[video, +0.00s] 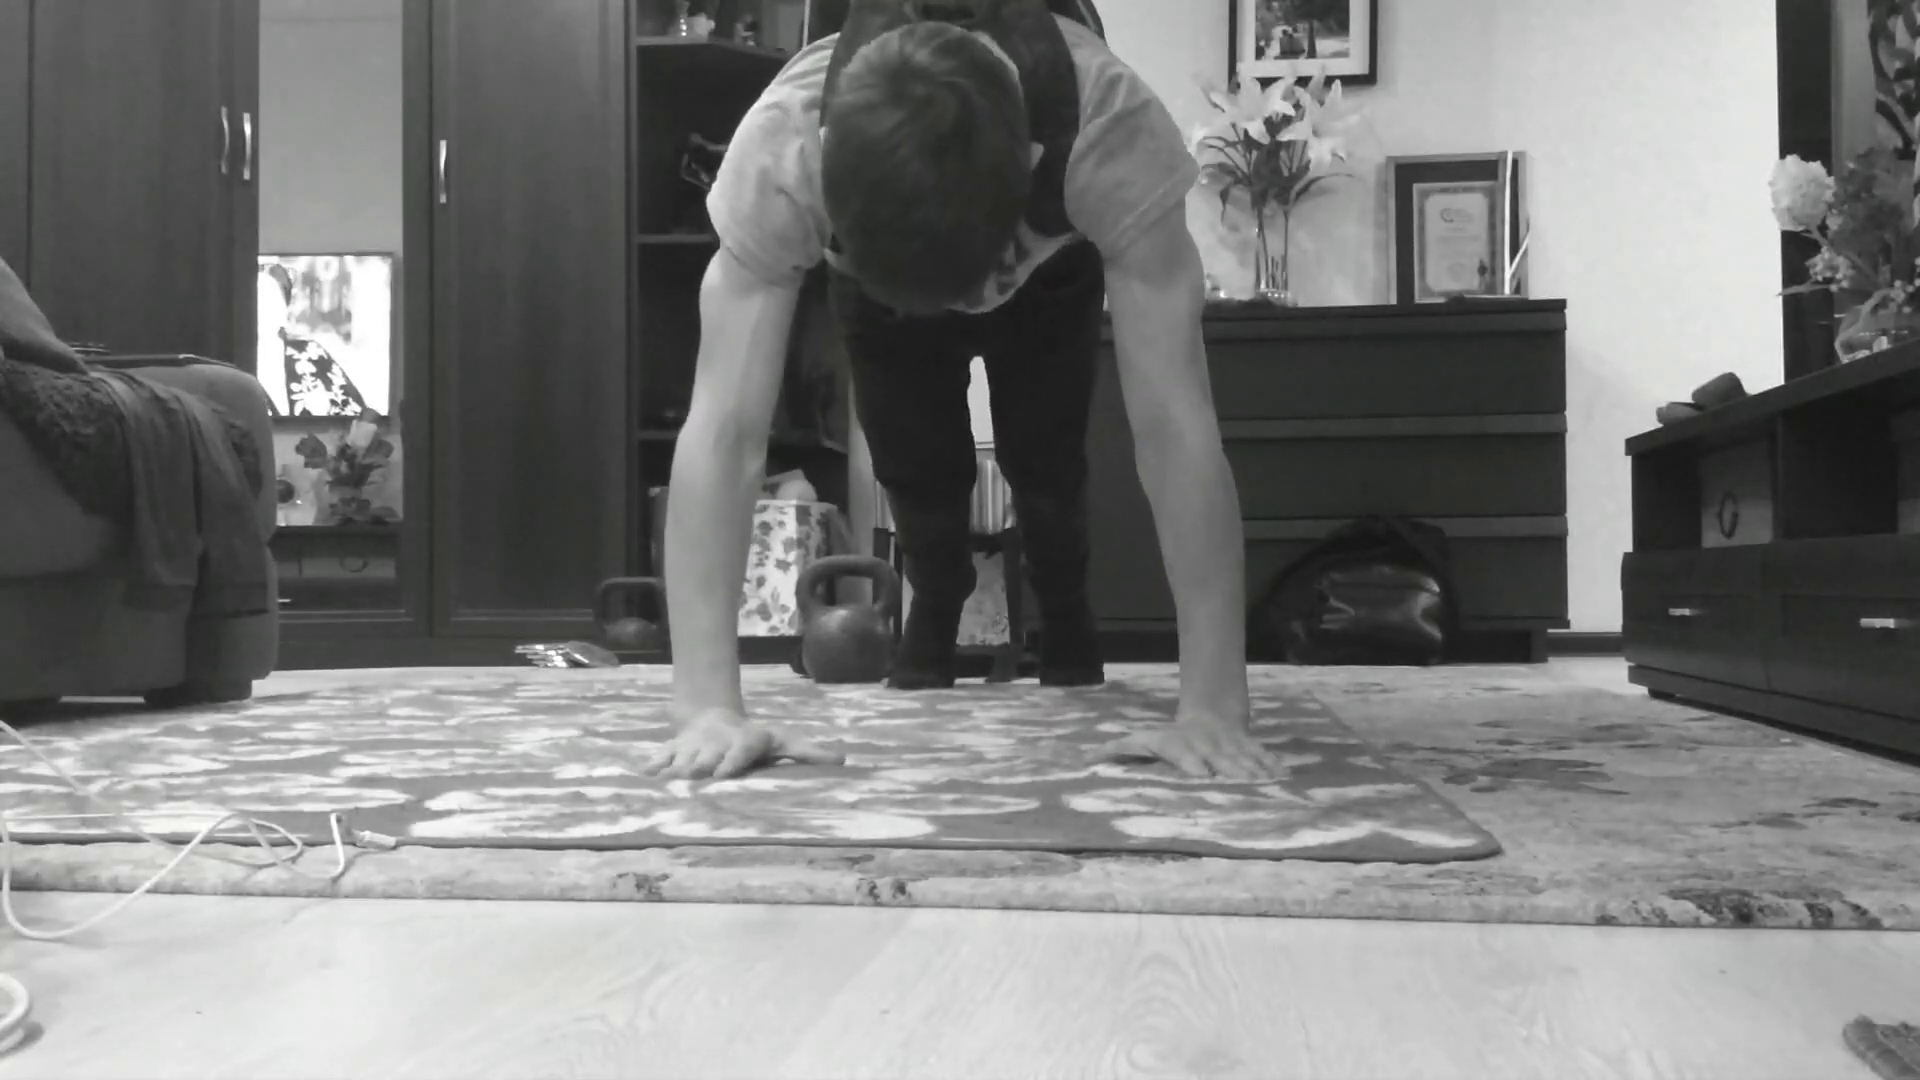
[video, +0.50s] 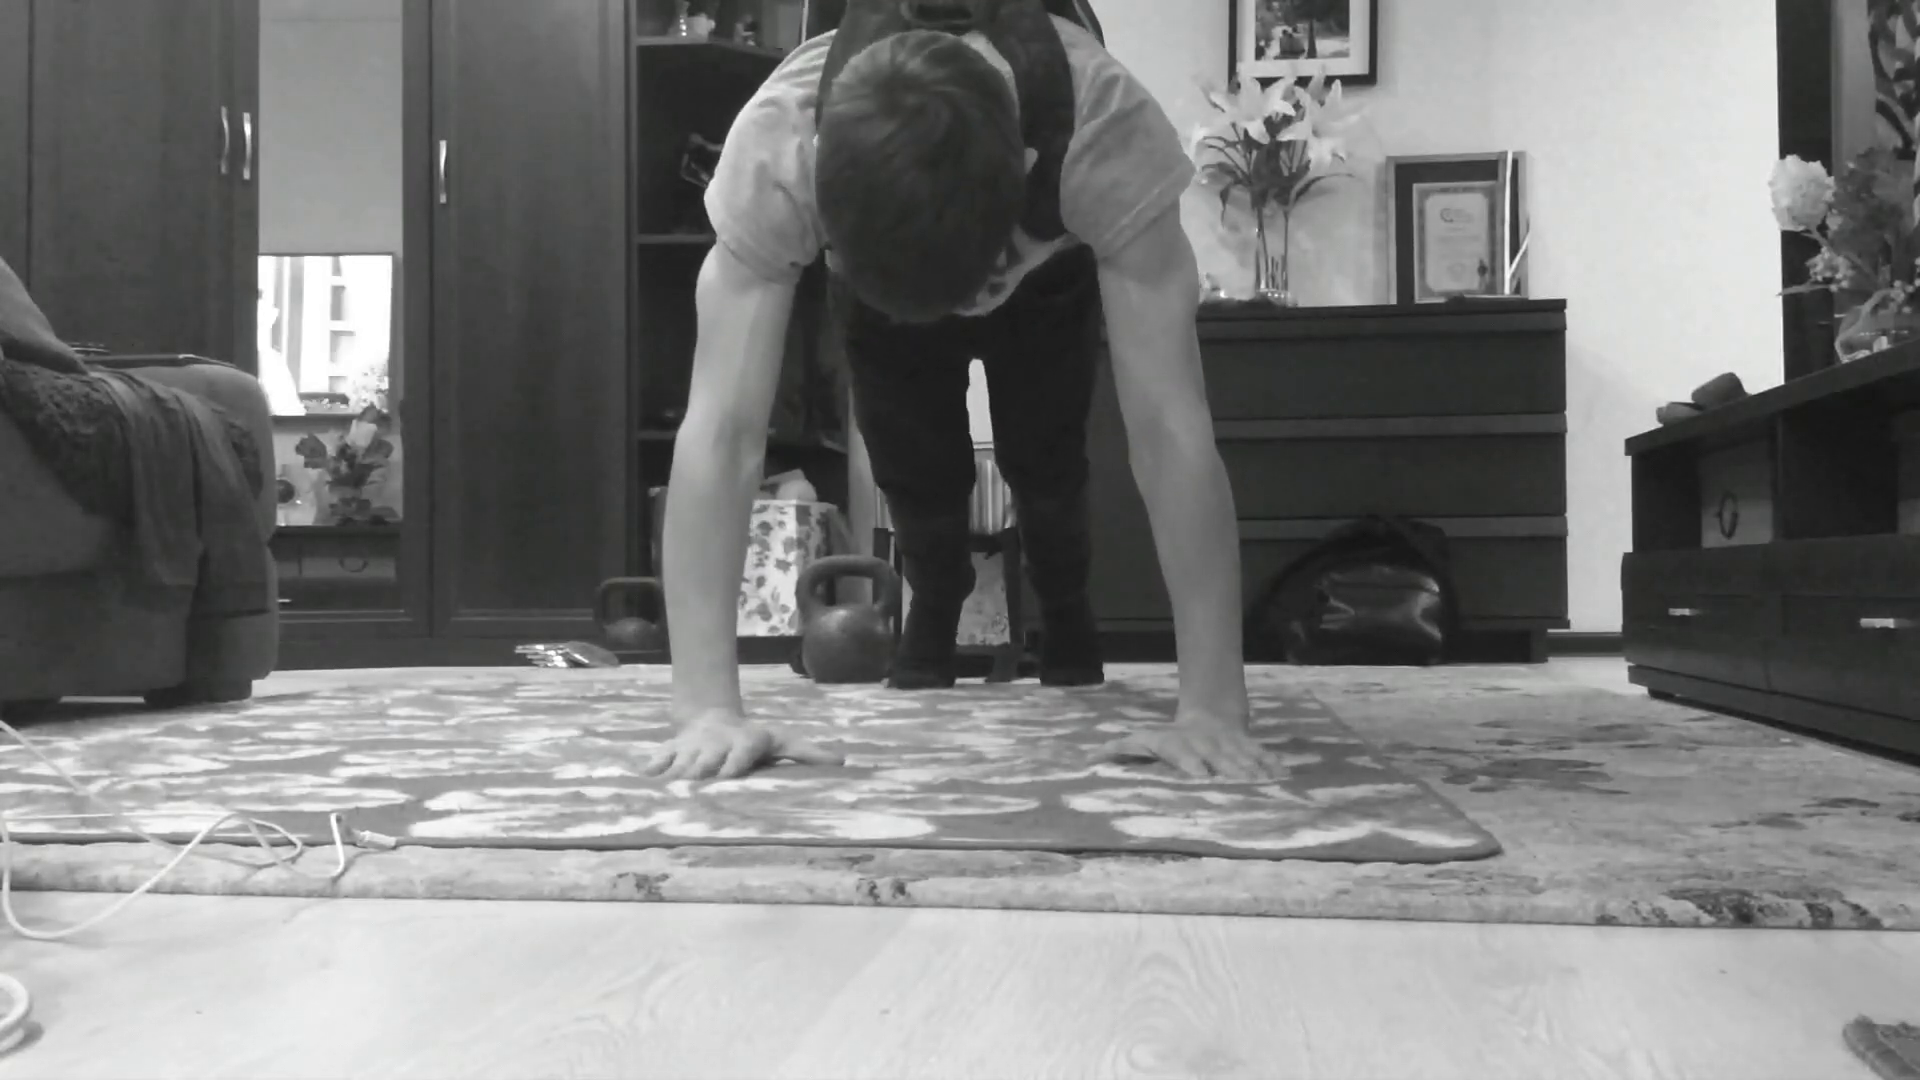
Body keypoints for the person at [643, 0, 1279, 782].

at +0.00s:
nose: (946, 318)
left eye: (971, 288)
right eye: (906, 298)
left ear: (1030, 181)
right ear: (832, 200)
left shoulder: (1127, 151)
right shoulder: (776, 167)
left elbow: (1178, 434)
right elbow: (722, 435)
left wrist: (1214, 711)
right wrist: (708, 709)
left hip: (1050, 254)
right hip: (874, 264)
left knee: (1046, 475)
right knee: (917, 479)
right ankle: (933, 607)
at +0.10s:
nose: (955, 320)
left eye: (978, 288)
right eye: (908, 302)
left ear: (1030, 183)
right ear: (834, 205)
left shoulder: (1123, 148)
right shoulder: (776, 166)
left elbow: (1178, 435)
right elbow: (720, 435)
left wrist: (1213, 710)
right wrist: (708, 710)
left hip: (1050, 253)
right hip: (875, 265)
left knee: (1048, 474)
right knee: (917, 479)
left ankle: (1064, 639)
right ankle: (933, 619)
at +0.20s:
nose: (953, 321)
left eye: (977, 291)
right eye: (907, 303)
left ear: (1029, 192)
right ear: (833, 208)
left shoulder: (1122, 150)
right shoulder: (775, 165)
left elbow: (1177, 434)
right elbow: (720, 435)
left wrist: (1214, 710)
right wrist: (708, 710)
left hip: (1050, 253)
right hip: (873, 264)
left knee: (1046, 467)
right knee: (916, 473)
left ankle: (1066, 638)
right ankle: (932, 625)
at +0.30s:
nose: (949, 320)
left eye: (974, 290)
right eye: (905, 303)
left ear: (1027, 185)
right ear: (831, 198)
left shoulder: (1121, 148)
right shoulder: (773, 165)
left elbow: (1177, 433)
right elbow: (720, 432)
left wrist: (1214, 710)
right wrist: (707, 709)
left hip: (1049, 258)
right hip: (873, 269)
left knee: (1048, 474)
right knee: (917, 480)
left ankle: (1065, 637)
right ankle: (933, 619)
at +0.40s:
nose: (957, 325)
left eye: (978, 294)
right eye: (909, 308)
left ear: (1026, 183)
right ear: (832, 205)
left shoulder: (1119, 148)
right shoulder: (772, 164)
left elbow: (1176, 440)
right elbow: (720, 433)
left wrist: (1214, 710)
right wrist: (707, 709)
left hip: (1048, 256)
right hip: (872, 266)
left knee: (1047, 474)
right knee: (915, 479)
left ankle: (1064, 633)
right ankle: (931, 618)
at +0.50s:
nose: (950, 325)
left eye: (977, 293)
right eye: (904, 308)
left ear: (1026, 186)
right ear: (830, 204)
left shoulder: (1118, 146)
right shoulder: (773, 161)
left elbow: (1173, 435)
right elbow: (720, 433)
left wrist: (1213, 710)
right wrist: (707, 709)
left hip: (1047, 256)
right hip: (870, 269)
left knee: (1044, 470)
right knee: (913, 478)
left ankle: (1064, 623)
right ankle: (932, 608)